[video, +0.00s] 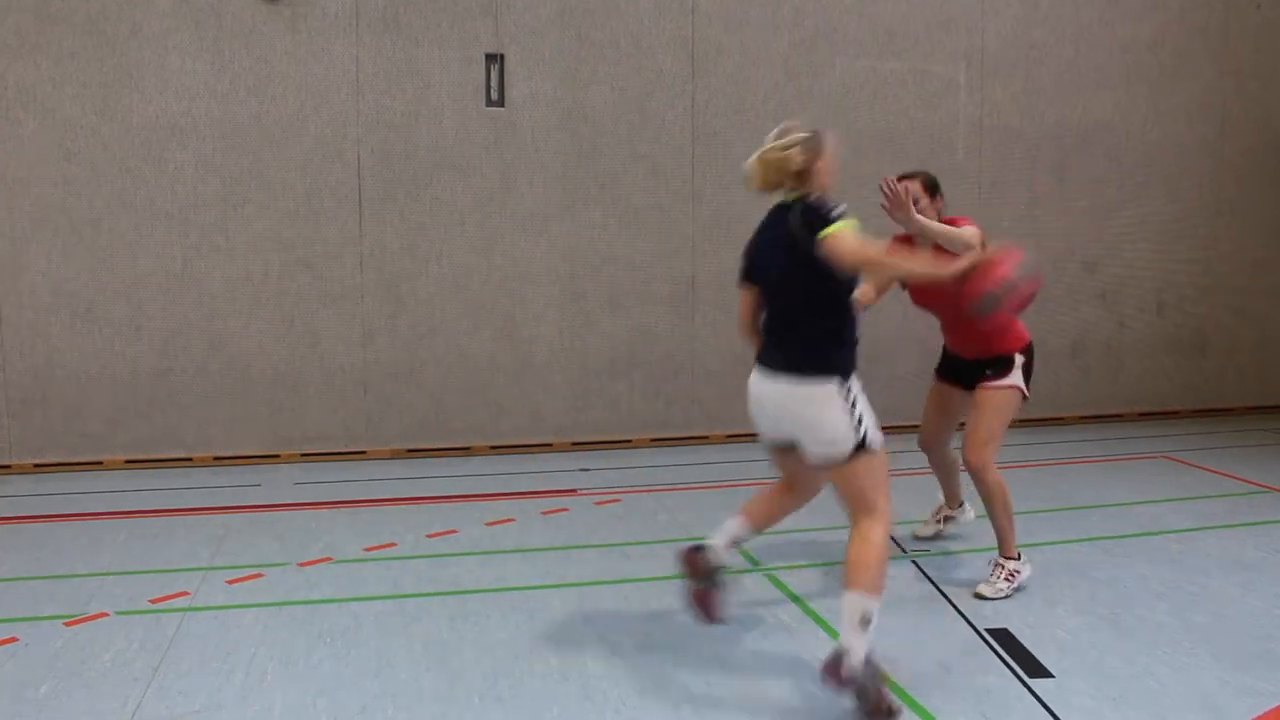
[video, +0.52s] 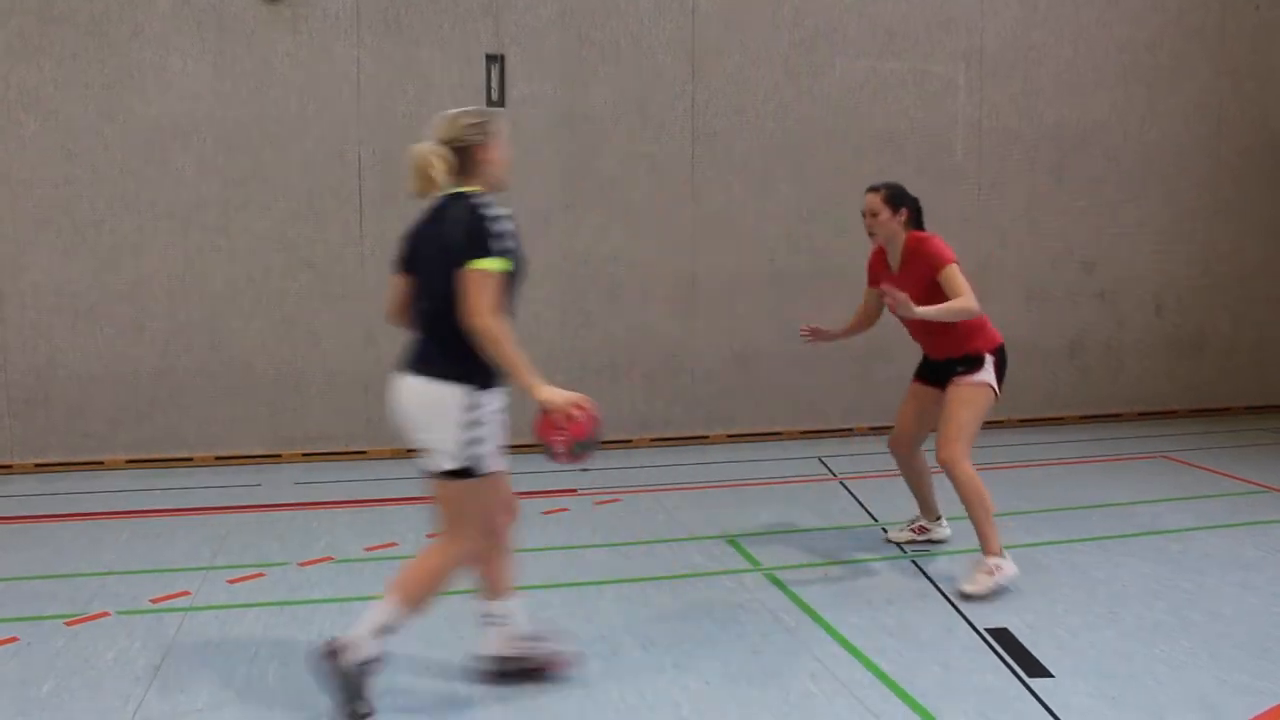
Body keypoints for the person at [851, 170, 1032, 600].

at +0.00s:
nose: (911, 213)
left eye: (917, 203)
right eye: (904, 207)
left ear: (937, 201)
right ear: (898, 213)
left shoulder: (963, 231)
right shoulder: (900, 247)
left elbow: (965, 243)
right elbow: (872, 286)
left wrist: (911, 219)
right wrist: (852, 302)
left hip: (1005, 354)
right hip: (959, 353)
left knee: (978, 458)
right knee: (932, 440)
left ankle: (1010, 559)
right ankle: (954, 504)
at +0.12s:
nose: (903, 213)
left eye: (911, 204)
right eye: (898, 206)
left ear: (936, 204)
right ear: (894, 210)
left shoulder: (962, 230)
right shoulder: (900, 250)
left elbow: (982, 263)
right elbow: (865, 311)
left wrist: (926, 238)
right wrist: (844, 301)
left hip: (1004, 357)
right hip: (958, 360)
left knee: (980, 462)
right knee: (923, 447)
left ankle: (1014, 574)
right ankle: (948, 527)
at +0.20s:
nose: (899, 227)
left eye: (904, 219)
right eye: (894, 220)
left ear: (932, 218)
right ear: (894, 224)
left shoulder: (959, 246)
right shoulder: (900, 267)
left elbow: (984, 281)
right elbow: (862, 327)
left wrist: (931, 257)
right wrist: (840, 316)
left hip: (1004, 372)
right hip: (958, 373)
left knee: (974, 470)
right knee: (914, 455)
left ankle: (1014, 576)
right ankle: (945, 525)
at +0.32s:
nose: (891, 243)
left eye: (898, 234)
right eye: (887, 235)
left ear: (925, 234)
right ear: (887, 239)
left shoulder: (951, 263)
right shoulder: (896, 282)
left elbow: (980, 307)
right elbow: (864, 340)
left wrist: (927, 287)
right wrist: (833, 338)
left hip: (1001, 384)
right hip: (956, 384)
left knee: (962, 475)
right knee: (896, 449)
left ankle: (1013, 576)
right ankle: (931, 512)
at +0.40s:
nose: (883, 240)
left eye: (890, 232)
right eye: (880, 233)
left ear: (918, 231)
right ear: (882, 237)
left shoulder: (944, 262)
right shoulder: (892, 277)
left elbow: (976, 314)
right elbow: (865, 335)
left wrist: (923, 300)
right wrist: (832, 341)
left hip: (991, 381)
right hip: (947, 383)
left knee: (959, 474)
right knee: (897, 454)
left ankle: (1014, 577)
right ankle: (930, 521)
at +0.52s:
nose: (866, 223)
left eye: (873, 215)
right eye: (864, 216)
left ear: (900, 215)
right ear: (872, 220)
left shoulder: (930, 249)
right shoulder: (879, 260)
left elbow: (969, 305)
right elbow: (868, 316)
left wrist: (917, 312)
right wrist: (834, 334)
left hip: (977, 359)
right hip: (936, 363)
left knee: (952, 454)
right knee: (902, 443)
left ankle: (996, 559)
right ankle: (931, 522)